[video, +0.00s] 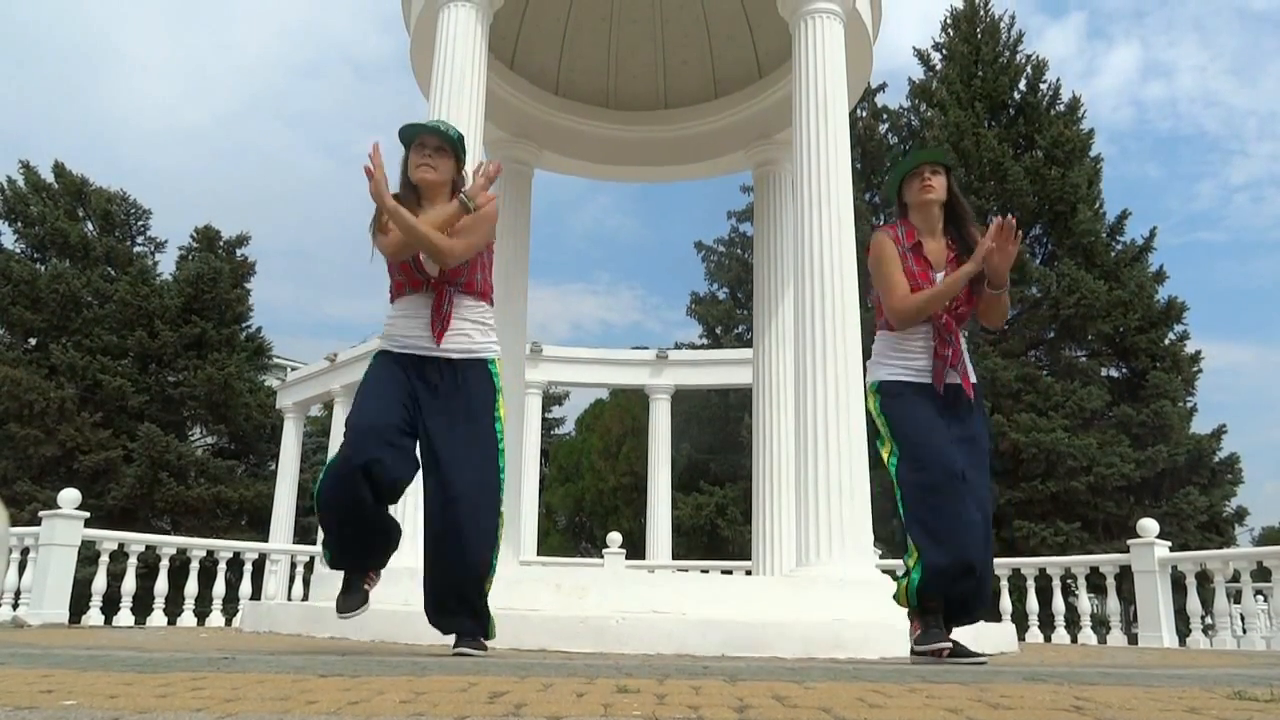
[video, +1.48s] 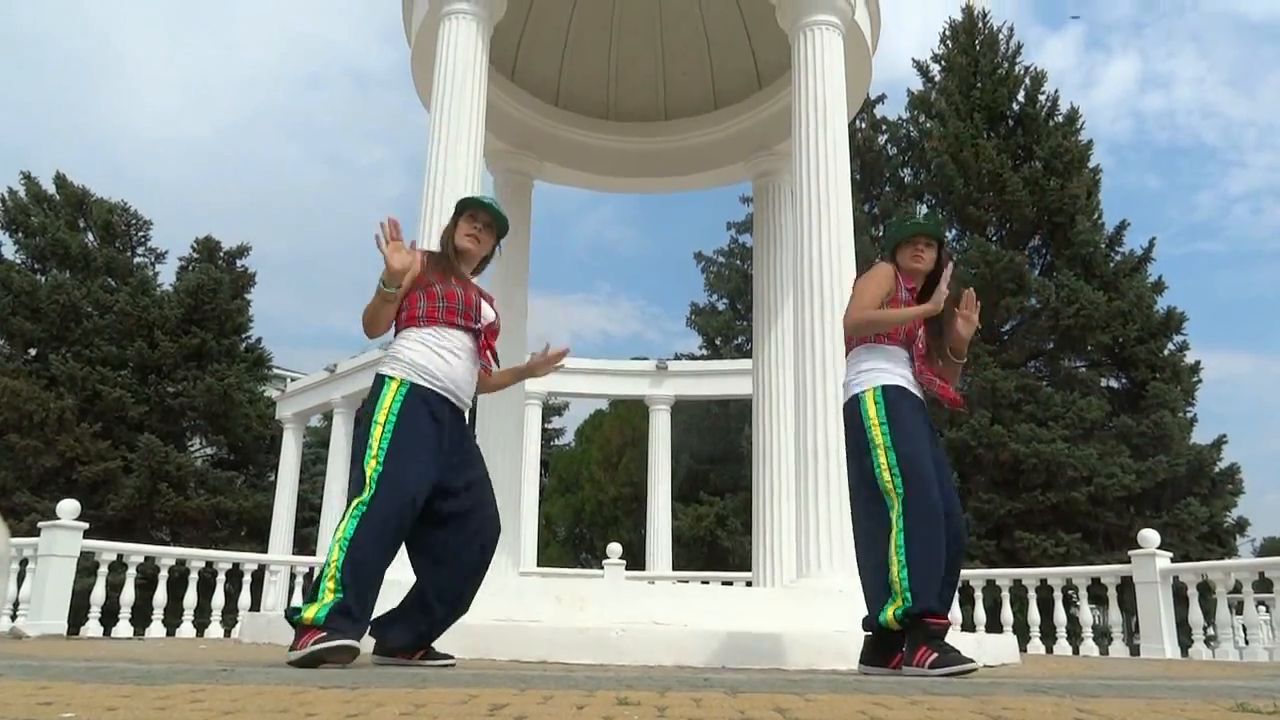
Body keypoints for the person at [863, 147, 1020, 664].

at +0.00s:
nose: (927, 177)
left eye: (936, 172)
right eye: (917, 173)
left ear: (949, 190)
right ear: (902, 193)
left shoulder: (965, 243)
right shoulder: (887, 240)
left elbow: (993, 320)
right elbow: (899, 311)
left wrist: (999, 275)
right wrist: (971, 268)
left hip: (955, 383)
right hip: (900, 381)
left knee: (969, 489)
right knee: (938, 482)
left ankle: (938, 627)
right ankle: (926, 622)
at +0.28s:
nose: (930, 147)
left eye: (939, 141)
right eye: (919, 142)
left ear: (955, 160)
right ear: (902, 162)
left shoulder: (972, 222)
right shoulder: (886, 213)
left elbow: (1011, 290)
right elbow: (855, 286)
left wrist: (1048, 251)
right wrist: (895, 217)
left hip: (950, 370)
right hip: (901, 363)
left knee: (936, 480)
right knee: (937, 475)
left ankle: (884, 596)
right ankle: (924, 630)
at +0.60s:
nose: (945, 172)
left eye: (954, 166)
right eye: (934, 164)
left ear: (962, 180)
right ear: (914, 176)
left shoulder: (956, 248)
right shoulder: (898, 219)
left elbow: (987, 315)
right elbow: (882, 281)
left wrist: (1019, 281)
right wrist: (937, 217)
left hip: (920, 381)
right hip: (886, 371)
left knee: (897, 498)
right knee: (936, 479)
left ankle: (884, 632)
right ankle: (921, 630)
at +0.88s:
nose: (927, 203)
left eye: (937, 199)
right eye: (918, 197)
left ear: (945, 216)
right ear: (901, 206)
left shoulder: (937, 266)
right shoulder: (887, 236)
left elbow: (964, 337)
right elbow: (874, 287)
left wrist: (983, 297)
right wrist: (954, 266)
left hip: (909, 375)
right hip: (884, 368)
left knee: (895, 499)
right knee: (928, 483)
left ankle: (884, 631)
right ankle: (922, 632)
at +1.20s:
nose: (921, 238)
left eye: (930, 234)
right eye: (913, 232)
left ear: (940, 249)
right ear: (895, 240)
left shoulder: (926, 310)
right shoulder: (877, 274)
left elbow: (930, 385)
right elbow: (822, 323)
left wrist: (969, 360)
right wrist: (876, 280)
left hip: (913, 419)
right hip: (876, 407)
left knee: (944, 517)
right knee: (931, 502)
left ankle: (886, 639)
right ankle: (918, 639)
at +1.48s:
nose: (921, 250)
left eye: (929, 245)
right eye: (912, 243)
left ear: (938, 258)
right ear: (896, 249)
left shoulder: (923, 305)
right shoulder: (883, 274)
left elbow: (943, 380)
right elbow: (853, 321)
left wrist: (958, 343)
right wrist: (926, 309)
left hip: (909, 399)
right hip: (879, 391)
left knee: (945, 511)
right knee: (916, 501)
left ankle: (891, 639)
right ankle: (909, 639)